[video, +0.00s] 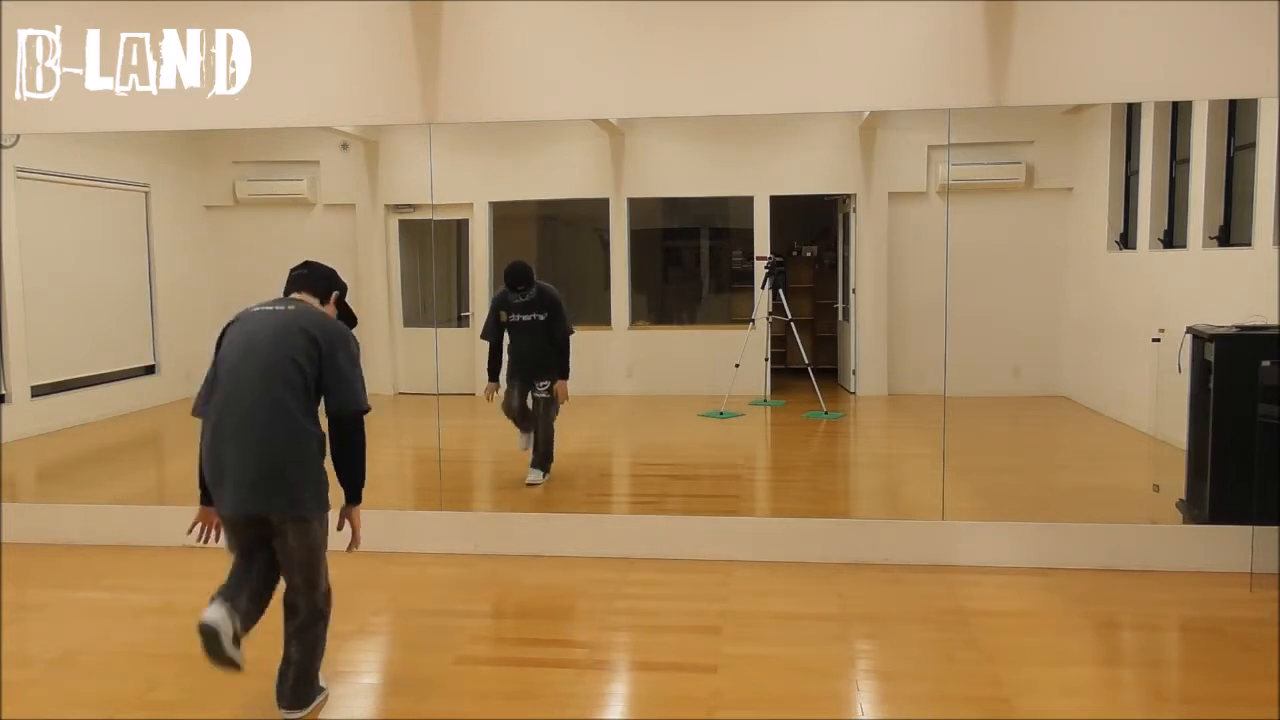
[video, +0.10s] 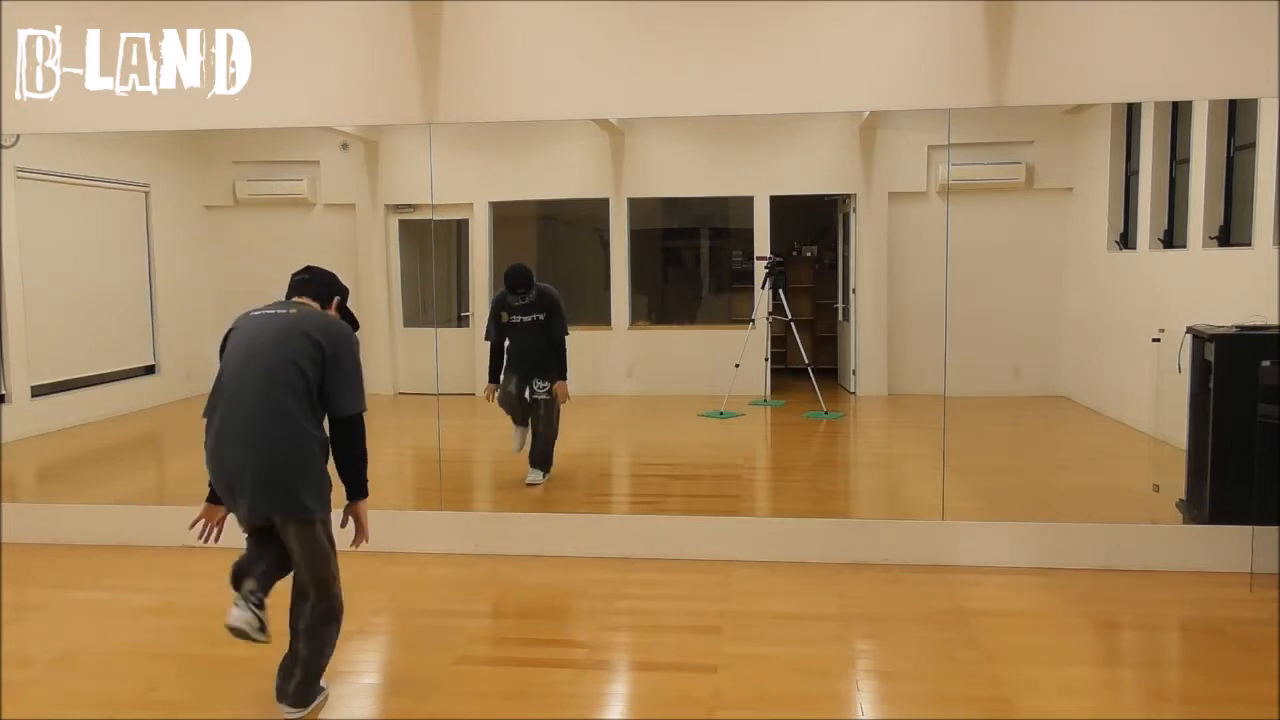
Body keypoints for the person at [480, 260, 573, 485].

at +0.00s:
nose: (521, 296)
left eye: (525, 292)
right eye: (516, 292)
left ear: (533, 284)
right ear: (508, 287)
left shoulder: (549, 297)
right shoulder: (501, 301)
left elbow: (563, 337)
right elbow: (495, 342)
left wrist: (563, 377)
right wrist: (493, 379)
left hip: (547, 363)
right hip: (519, 362)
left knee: (544, 416)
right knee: (511, 406)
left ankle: (540, 466)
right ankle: (528, 426)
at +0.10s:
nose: (521, 299)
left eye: (525, 295)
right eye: (516, 296)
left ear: (533, 286)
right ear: (508, 289)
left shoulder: (549, 298)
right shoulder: (501, 302)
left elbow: (559, 340)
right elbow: (496, 343)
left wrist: (561, 378)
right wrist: (493, 380)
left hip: (547, 361)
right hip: (517, 360)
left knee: (545, 416)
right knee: (508, 396)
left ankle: (539, 466)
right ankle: (521, 422)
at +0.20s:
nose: (521, 297)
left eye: (524, 292)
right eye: (515, 293)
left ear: (532, 283)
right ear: (507, 286)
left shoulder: (549, 292)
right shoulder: (500, 295)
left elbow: (560, 332)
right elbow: (495, 334)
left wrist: (559, 370)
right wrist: (491, 370)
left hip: (545, 359)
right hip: (516, 357)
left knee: (544, 415)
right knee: (504, 405)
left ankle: (540, 466)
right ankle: (511, 445)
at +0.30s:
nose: (518, 293)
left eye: (522, 288)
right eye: (513, 289)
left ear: (530, 280)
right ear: (506, 282)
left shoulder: (548, 287)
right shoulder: (500, 288)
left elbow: (560, 327)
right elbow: (495, 327)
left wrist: (559, 364)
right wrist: (491, 363)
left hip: (546, 364)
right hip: (516, 362)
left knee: (545, 421)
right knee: (509, 417)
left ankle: (534, 467)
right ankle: (504, 469)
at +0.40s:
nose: (519, 293)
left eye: (522, 289)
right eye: (513, 289)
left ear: (530, 279)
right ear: (506, 282)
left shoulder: (550, 289)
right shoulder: (501, 290)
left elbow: (560, 330)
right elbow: (497, 330)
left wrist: (558, 368)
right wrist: (493, 366)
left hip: (545, 364)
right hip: (516, 362)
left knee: (543, 421)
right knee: (510, 417)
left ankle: (534, 468)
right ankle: (505, 467)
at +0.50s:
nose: (520, 292)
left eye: (524, 288)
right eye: (515, 289)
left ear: (531, 279)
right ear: (507, 283)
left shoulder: (549, 293)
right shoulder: (500, 295)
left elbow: (559, 336)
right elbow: (497, 337)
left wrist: (557, 374)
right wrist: (495, 373)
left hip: (544, 364)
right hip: (515, 362)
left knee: (542, 420)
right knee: (506, 407)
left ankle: (535, 467)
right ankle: (509, 460)